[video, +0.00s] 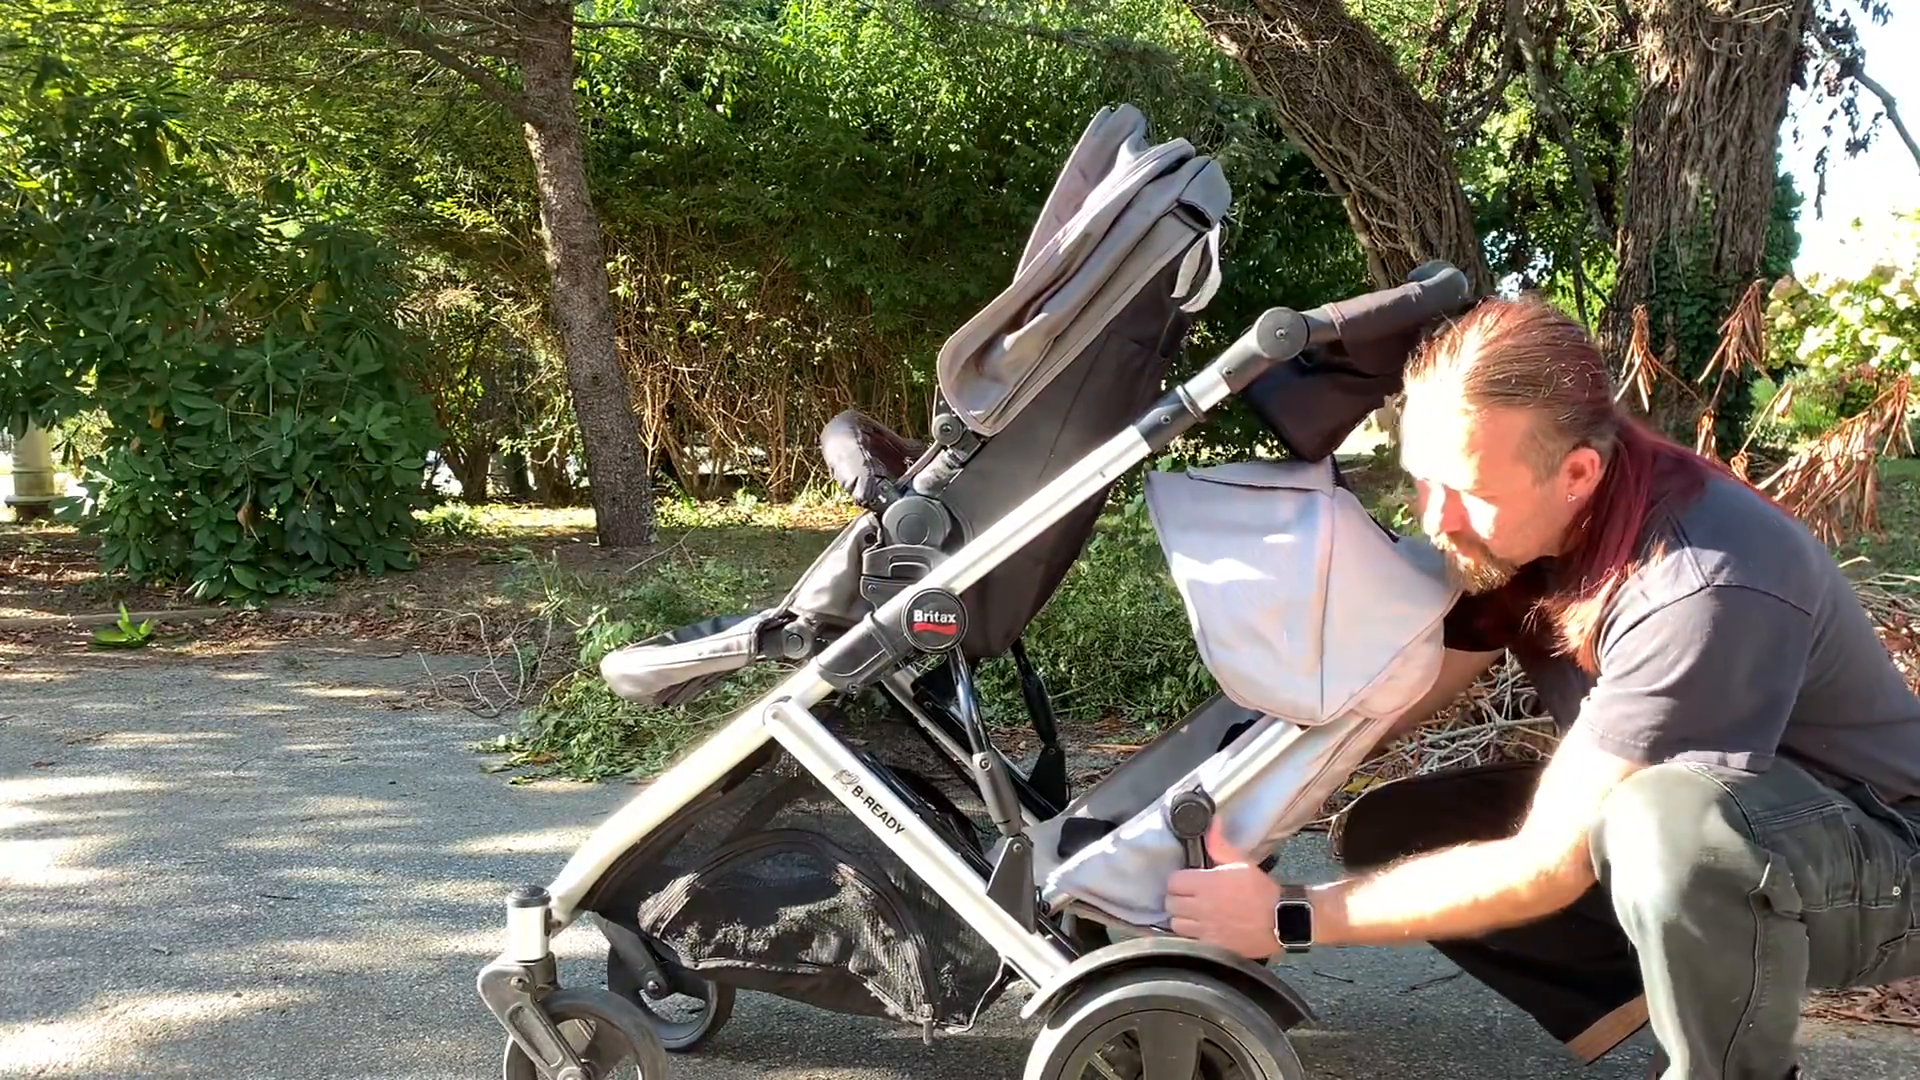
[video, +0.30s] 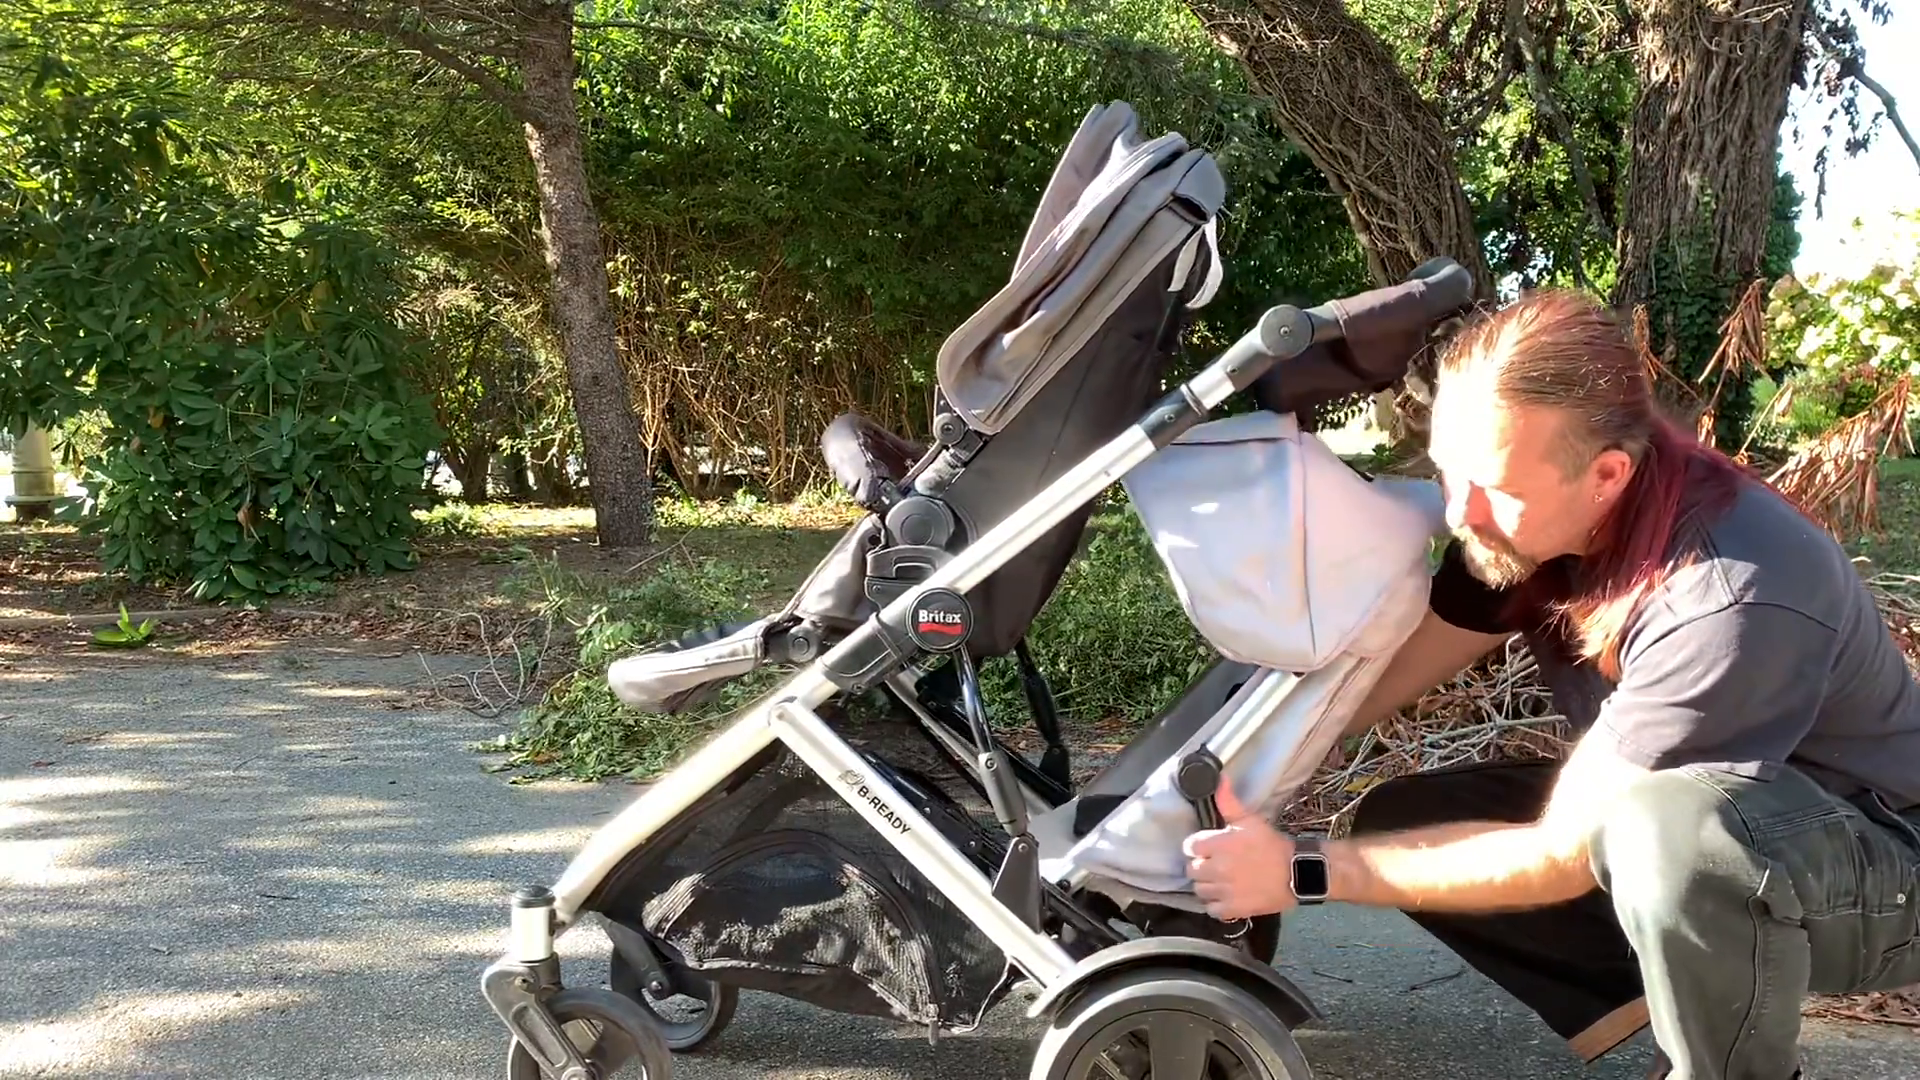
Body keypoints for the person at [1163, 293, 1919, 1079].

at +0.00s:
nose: (1435, 519)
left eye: (1465, 493)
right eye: (1425, 484)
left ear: (1576, 478)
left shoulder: (1704, 584)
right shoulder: (1547, 526)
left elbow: (1546, 867)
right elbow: (1417, 680)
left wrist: (1289, 919)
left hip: (1881, 845)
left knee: (1666, 827)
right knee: (1392, 833)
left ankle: (1722, 1060)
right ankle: (1649, 1038)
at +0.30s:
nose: (1462, 516)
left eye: (1496, 490)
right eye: (1454, 479)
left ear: (1609, 476)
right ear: (1438, 448)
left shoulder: (1735, 597)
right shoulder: (1553, 522)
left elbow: (1560, 858)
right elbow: (1377, 681)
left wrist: (1306, 871)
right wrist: (1225, 779)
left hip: (1881, 856)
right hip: (1696, 793)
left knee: (1669, 830)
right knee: (1399, 825)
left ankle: (1726, 1065)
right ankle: (1657, 1033)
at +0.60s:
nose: (1487, 489)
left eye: (1522, 468)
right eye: (1484, 454)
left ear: (1636, 470)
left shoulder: (1752, 608)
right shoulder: (1566, 511)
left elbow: (1567, 842)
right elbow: (1469, 670)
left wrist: (1319, 837)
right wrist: (1285, 668)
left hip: (1883, 859)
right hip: (1694, 802)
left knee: (1666, 831)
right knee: (1384, 836)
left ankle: (1724, 1068)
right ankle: (1670, 1032)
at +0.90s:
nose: (1490, 502)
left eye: (1524, 483)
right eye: (1487, 467)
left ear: (1641, 482)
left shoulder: (1754, 624)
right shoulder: (1593, 507)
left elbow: (1558, 849)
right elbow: (1500, 660)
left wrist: (1316, 830)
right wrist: (1301, 627)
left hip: (1891, 864)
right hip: (1729, 799)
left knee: (1657, 834)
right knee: (1402, 813)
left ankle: (1718, 1065)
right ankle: (1663, 1022)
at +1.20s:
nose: (1480, 507)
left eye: (1510, 488)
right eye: (1476, 475)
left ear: (1631, 484)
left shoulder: (1746, 627)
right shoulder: (1606, 516)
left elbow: (1556, 854)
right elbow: (1519, 678)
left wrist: (1316, 827)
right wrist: (1311, 628)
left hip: (1898, 879)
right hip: (1772, 809)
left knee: (1647, 840)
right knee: (1433, 798)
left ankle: (1726, 1066)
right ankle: (1675, 1028)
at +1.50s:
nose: (1461, 516)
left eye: (1490, 498)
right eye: (1459, 484)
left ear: (1605, 494)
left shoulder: (1722, 622)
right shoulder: (1585, 523)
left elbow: (1514, 864)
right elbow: (1512, 691)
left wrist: (1271, 833)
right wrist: (1313, 654)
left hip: (1896, 874)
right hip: (1792, 806)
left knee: (1635, 838)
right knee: (1454, 783)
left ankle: (1747, 1059)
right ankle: (1677, 1033)